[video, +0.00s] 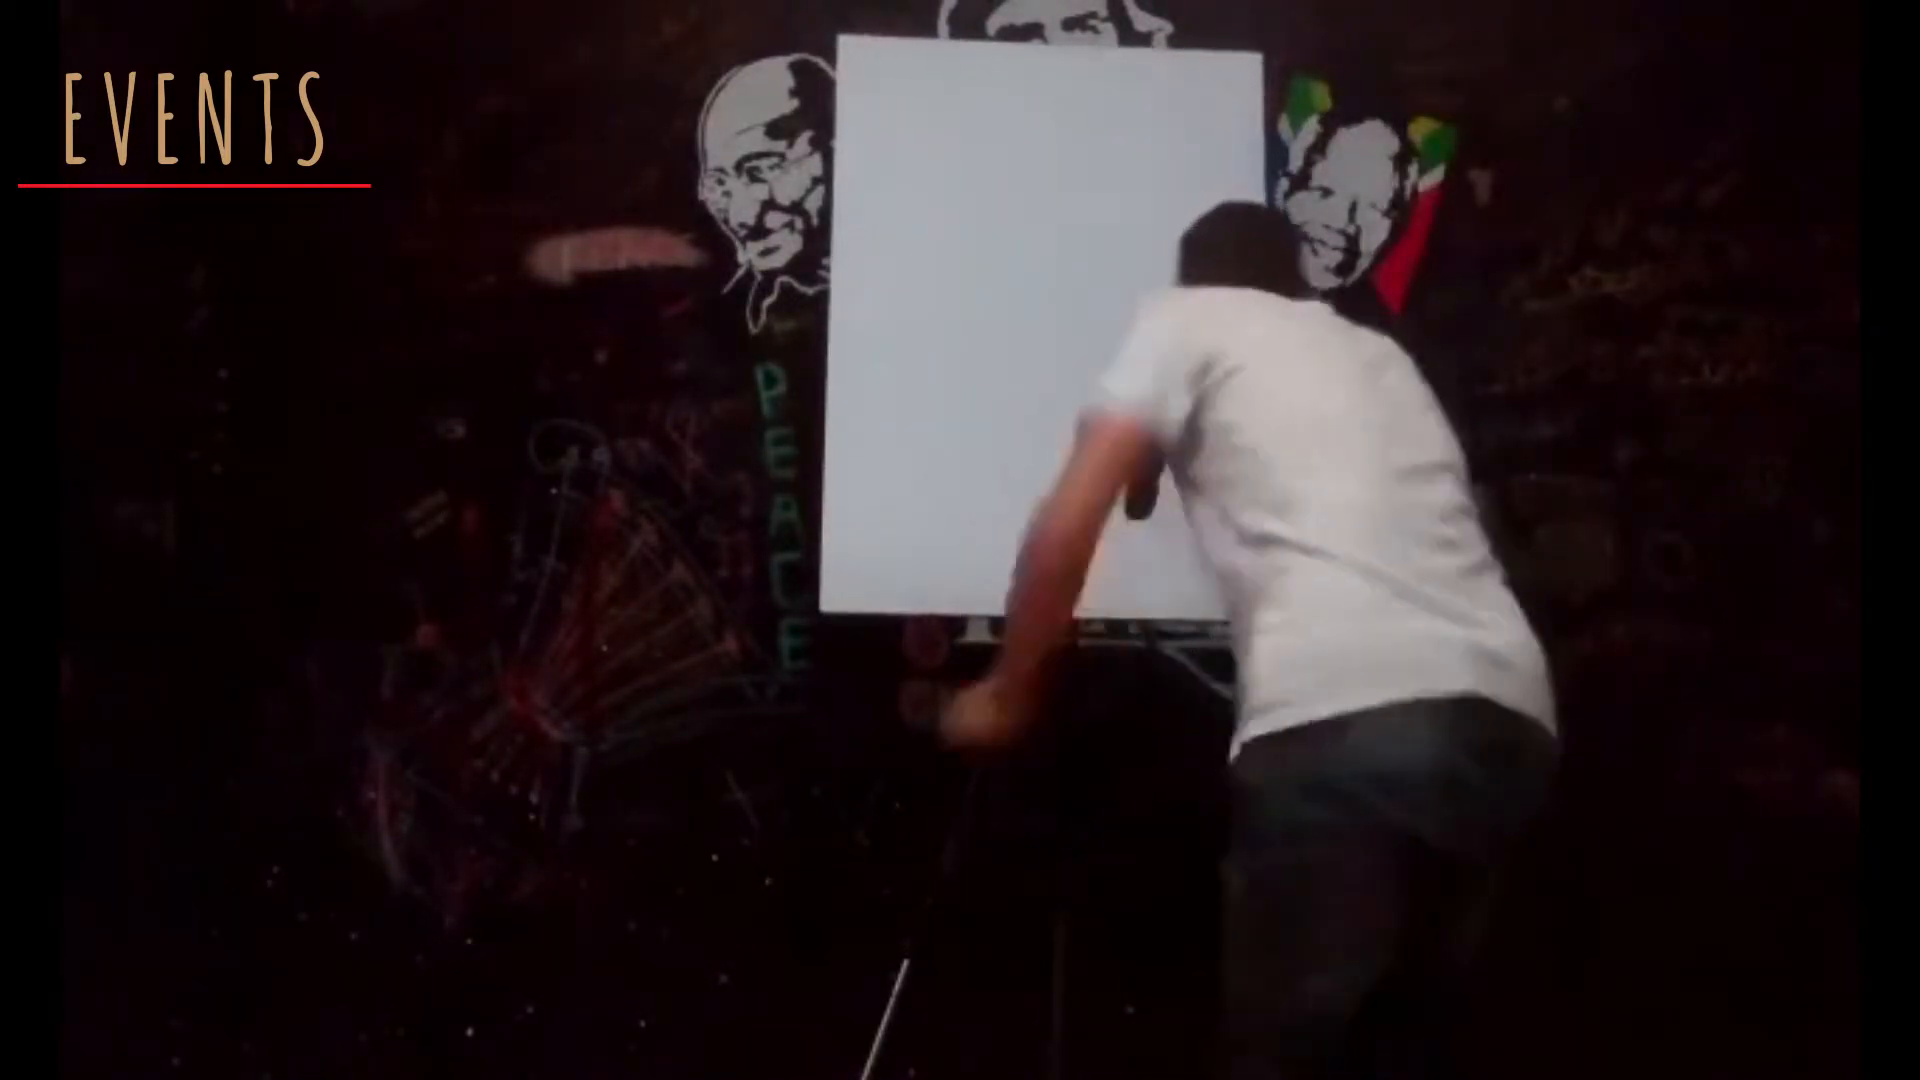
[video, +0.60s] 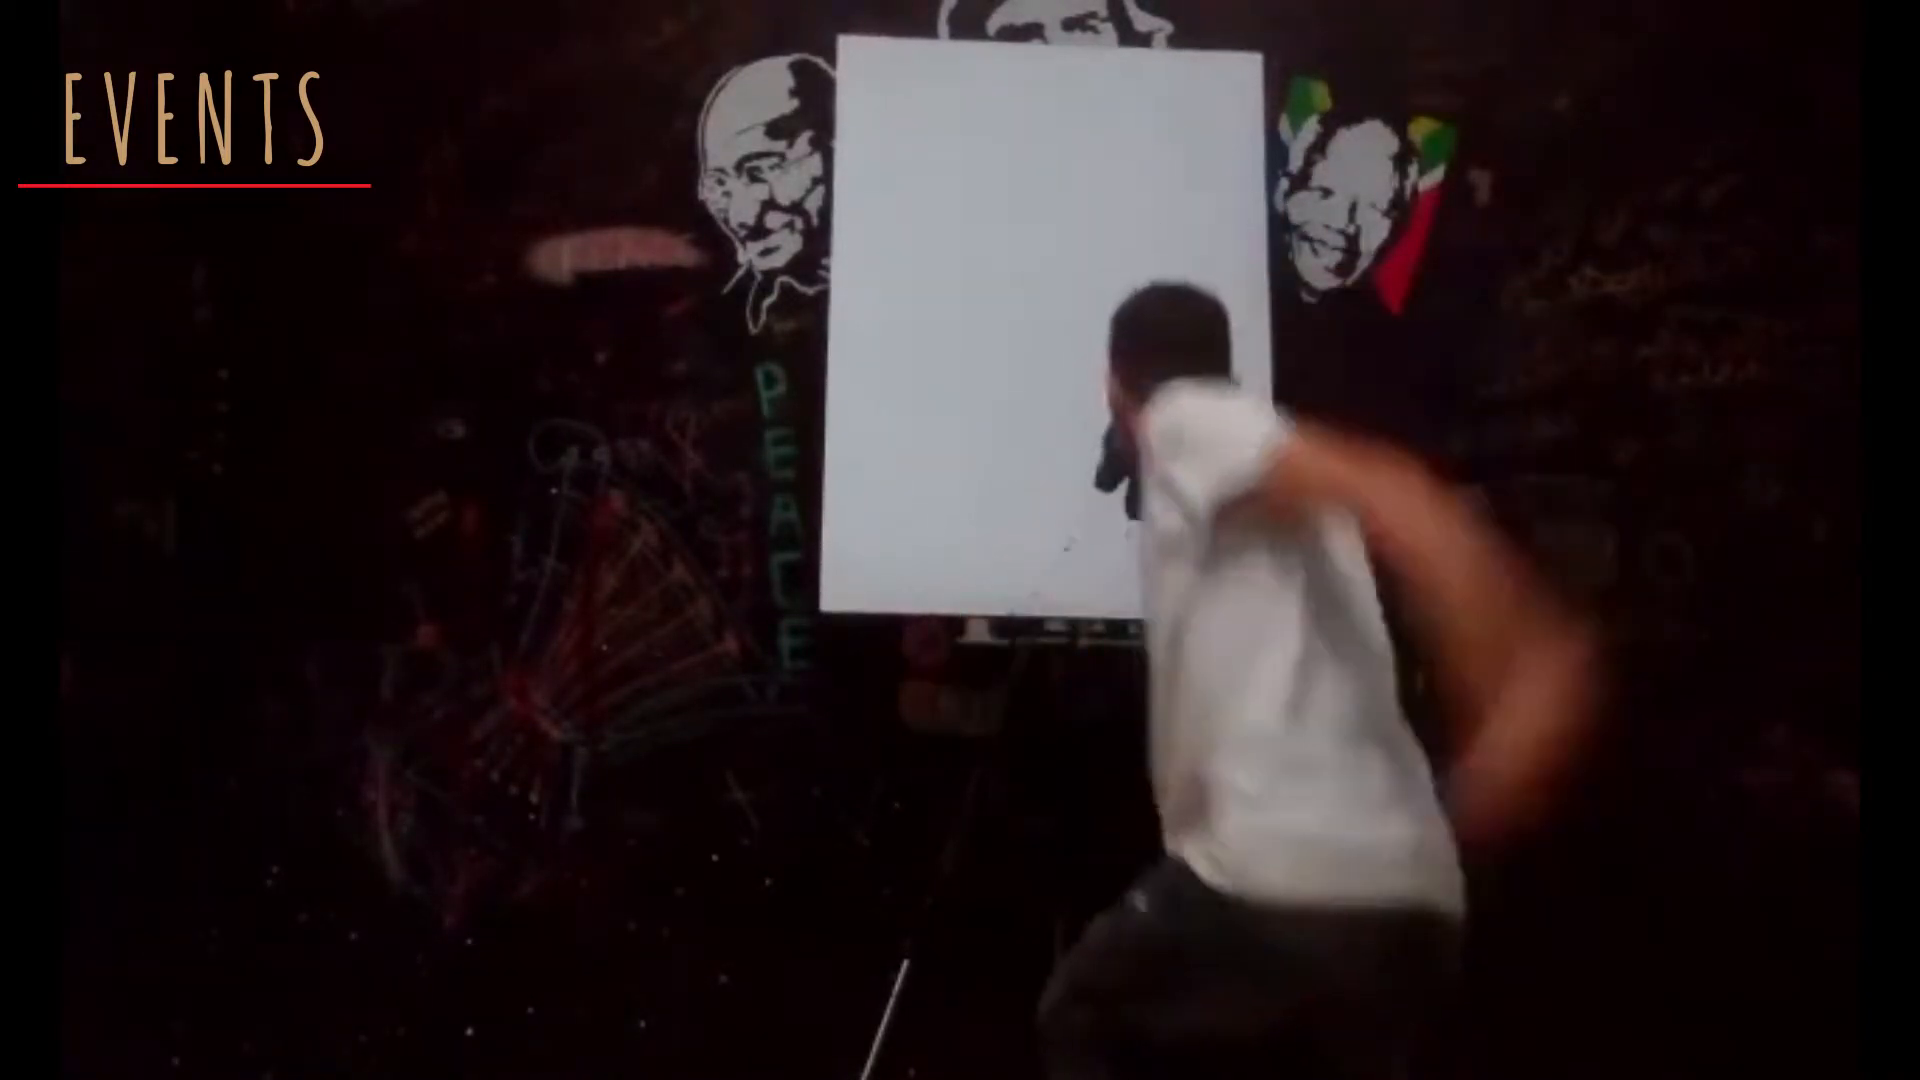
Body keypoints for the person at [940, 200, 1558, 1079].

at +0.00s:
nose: (1184, 299)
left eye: (1185, 286)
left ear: (1194, 276)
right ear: (1301, 277)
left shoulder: (1192, 315)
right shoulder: (1384, 355)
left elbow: (1061, 531)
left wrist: (1009, 692)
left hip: (1342, 716)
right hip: (1506, 717)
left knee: (1286, 1040)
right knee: (1431, 1033)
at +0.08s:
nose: (1157, 313)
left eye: (1162, 299)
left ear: (1173, 286)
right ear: (1278, 279)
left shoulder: (1200, 313)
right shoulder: (1364, 367)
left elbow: (1127, 487)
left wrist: (1017, 645)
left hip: (1341, 742)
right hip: (1504, 745)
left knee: (1195, 1015)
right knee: (1396, 1029)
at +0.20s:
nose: (1149, 331)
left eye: (1149, 314)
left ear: (1155, 297)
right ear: (1260, 291)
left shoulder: (1194, 315)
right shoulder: (1351, 382)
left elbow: (1225, 416)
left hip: (1338, 745)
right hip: (1493, 753)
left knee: (1162, 983)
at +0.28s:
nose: (1110, 353)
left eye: (1114, 333)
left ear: (1127, 320)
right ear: (1227, 290)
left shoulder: (1163, 343)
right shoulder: (1317, 401)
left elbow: (1285, 312)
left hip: (1310, 780)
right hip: (1461, 780)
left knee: (1128, 1016)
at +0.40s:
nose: (1105, 356)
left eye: (1106, 341)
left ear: (1117, 329)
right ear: (1216, 302)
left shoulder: (1155, 352)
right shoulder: (1310, 429)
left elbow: (1292, 333)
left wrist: (1503, 347)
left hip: (1288, 797)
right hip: (1434, 801)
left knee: (1112, 1030)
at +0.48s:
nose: (1105, 397)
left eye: (1106, 376)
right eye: (1110, 378)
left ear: (1113, 372)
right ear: (1217, 347)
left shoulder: (1167, 396)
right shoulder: (1295, 459)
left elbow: (1366, 426)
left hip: (1266, 850)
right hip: (1405, 860)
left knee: (1090, 1026)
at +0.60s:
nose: (1107, 403)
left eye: (1107, 383)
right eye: (1112, 385)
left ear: (1119, 381)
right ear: (1222, 365)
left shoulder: (1183, 417)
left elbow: (1390, 488)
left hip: (1273, 876)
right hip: (1405, 883)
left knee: (1082, 1024)